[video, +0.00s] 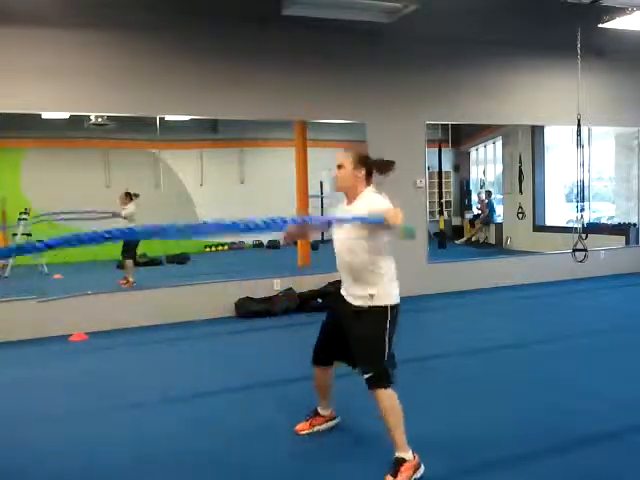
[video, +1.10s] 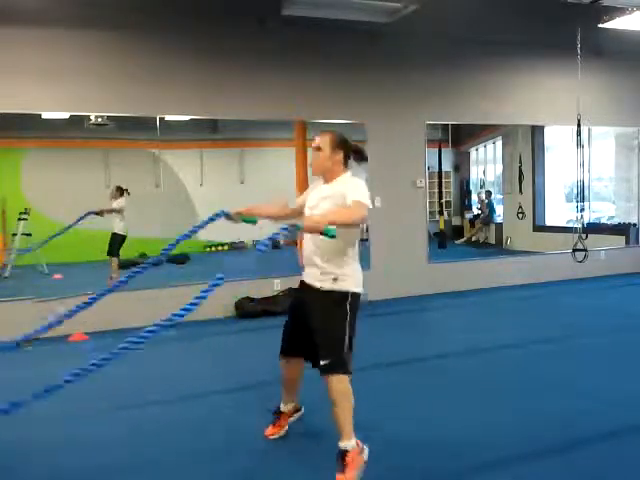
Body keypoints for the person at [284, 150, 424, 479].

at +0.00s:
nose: (335, 173)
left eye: (341, 168)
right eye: (336, 168)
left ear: (361, 174)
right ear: (353, 175)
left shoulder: (376, 202)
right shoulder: (342, 208)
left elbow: (396, 220)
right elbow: (324, 228)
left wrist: (385, 218)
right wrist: (303, 232)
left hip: (379, 302)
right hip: (348, 298)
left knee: (377, 379)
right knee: (322, 358)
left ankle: (406, 457)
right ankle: (325, 413)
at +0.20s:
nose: (334, 156)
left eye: (339, 151)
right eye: (335, 151)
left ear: (358, 157)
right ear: (348, 157)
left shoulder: (369, 187)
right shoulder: (338, 191)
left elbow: (391, 211)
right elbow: (328, 223)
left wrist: (376, 216)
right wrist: (301, 227)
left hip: (360, 285)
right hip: (332, 284)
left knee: (355, 362)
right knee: (314, 350)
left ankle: (384, 440)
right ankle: (317, 404)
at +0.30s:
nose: (333, 150)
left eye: (339, 144)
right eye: (334, 144)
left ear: (358, 148)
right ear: (347, 149)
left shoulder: (374, 181)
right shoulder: (336, 182)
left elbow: (376, 204)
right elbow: (320, 211)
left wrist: (340, 209)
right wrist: (283, 213)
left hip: (357, 276)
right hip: (328, 271)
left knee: (338, 354)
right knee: (307, 344)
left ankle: (339, 436)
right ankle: (310, 414)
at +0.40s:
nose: (333, 160)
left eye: (339, 154)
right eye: (334, 154)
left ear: (358, 160)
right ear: (348, 159)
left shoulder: (370, 195)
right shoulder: (335, 189)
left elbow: (346, 234)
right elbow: (316, 222)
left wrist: (302, 242)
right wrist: (281, 221)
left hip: (350, 291)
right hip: (325, 283)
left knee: (317, 367)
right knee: (299, 359)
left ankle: (312, 443)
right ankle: (303, 433)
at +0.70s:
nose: (333, 146)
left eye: (340, 141)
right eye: (333, 141)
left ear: (359, 149)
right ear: (339, 149)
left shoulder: (369, 177)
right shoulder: (328, 179)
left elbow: (377, 209)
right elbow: (294, 194)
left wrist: (332, 220)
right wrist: (255, 196)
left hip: (348, 284)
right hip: (318, 277)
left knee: (339, 363)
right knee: (302, 347)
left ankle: (338, 443)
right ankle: (295, 412)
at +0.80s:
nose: (319, 157)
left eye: (325, 151)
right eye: (320, 151)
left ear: (345, 157)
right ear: (328, 158)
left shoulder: (362, 188)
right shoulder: (321, 187)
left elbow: (377, 219)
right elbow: (298, 209)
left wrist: (367, 224)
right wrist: (265, 216)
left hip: (351, 295)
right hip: (319, 289)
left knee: (355, 377)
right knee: (296, 351)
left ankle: (367, 458)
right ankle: (283, 407)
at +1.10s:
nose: (311, 155)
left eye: (317, 150)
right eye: (312, 149)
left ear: (338, 156)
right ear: (325, 156)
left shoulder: (353, 186)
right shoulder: (316, 190)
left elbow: (359, 213)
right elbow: (288, 211)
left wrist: (322, 221)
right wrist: (248, 211)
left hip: (339, 290)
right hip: (309, 287)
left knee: (335, 370)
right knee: (291, 355)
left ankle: (350, 447)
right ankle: (288, 409)